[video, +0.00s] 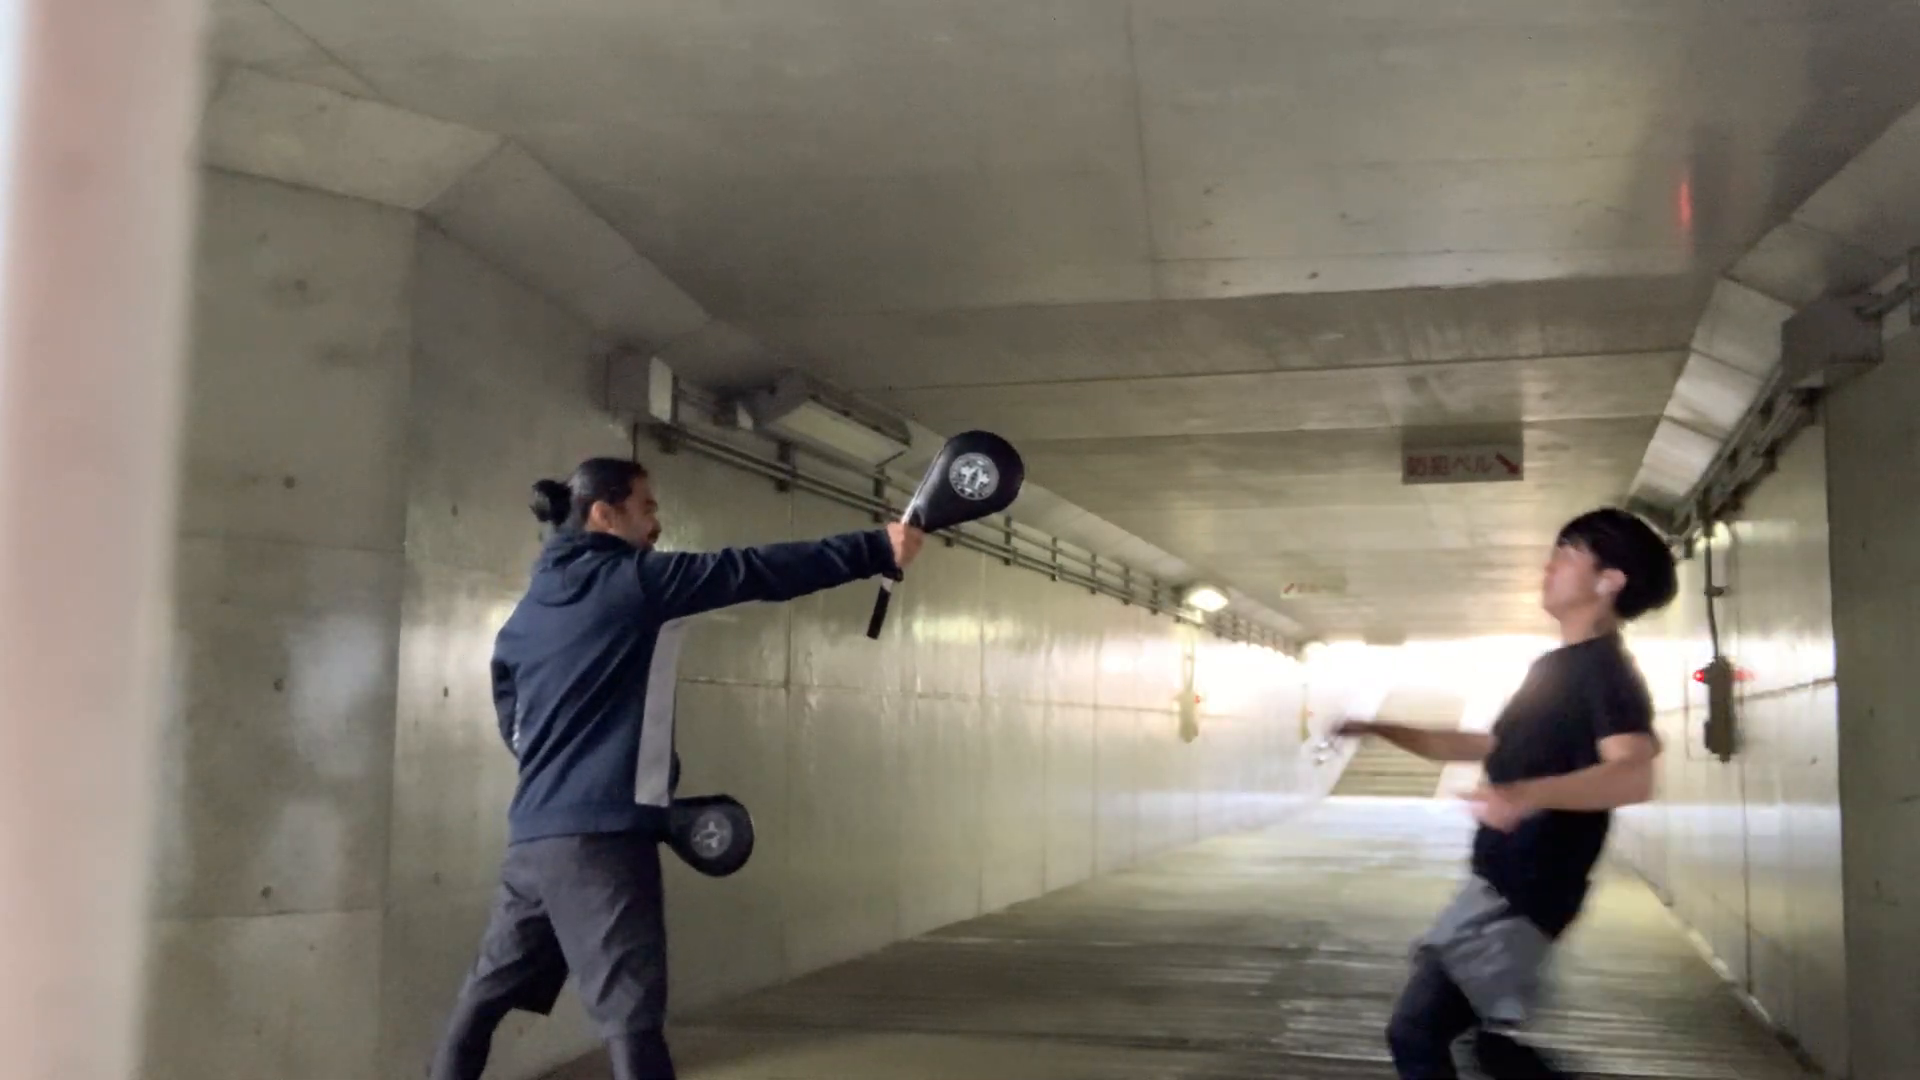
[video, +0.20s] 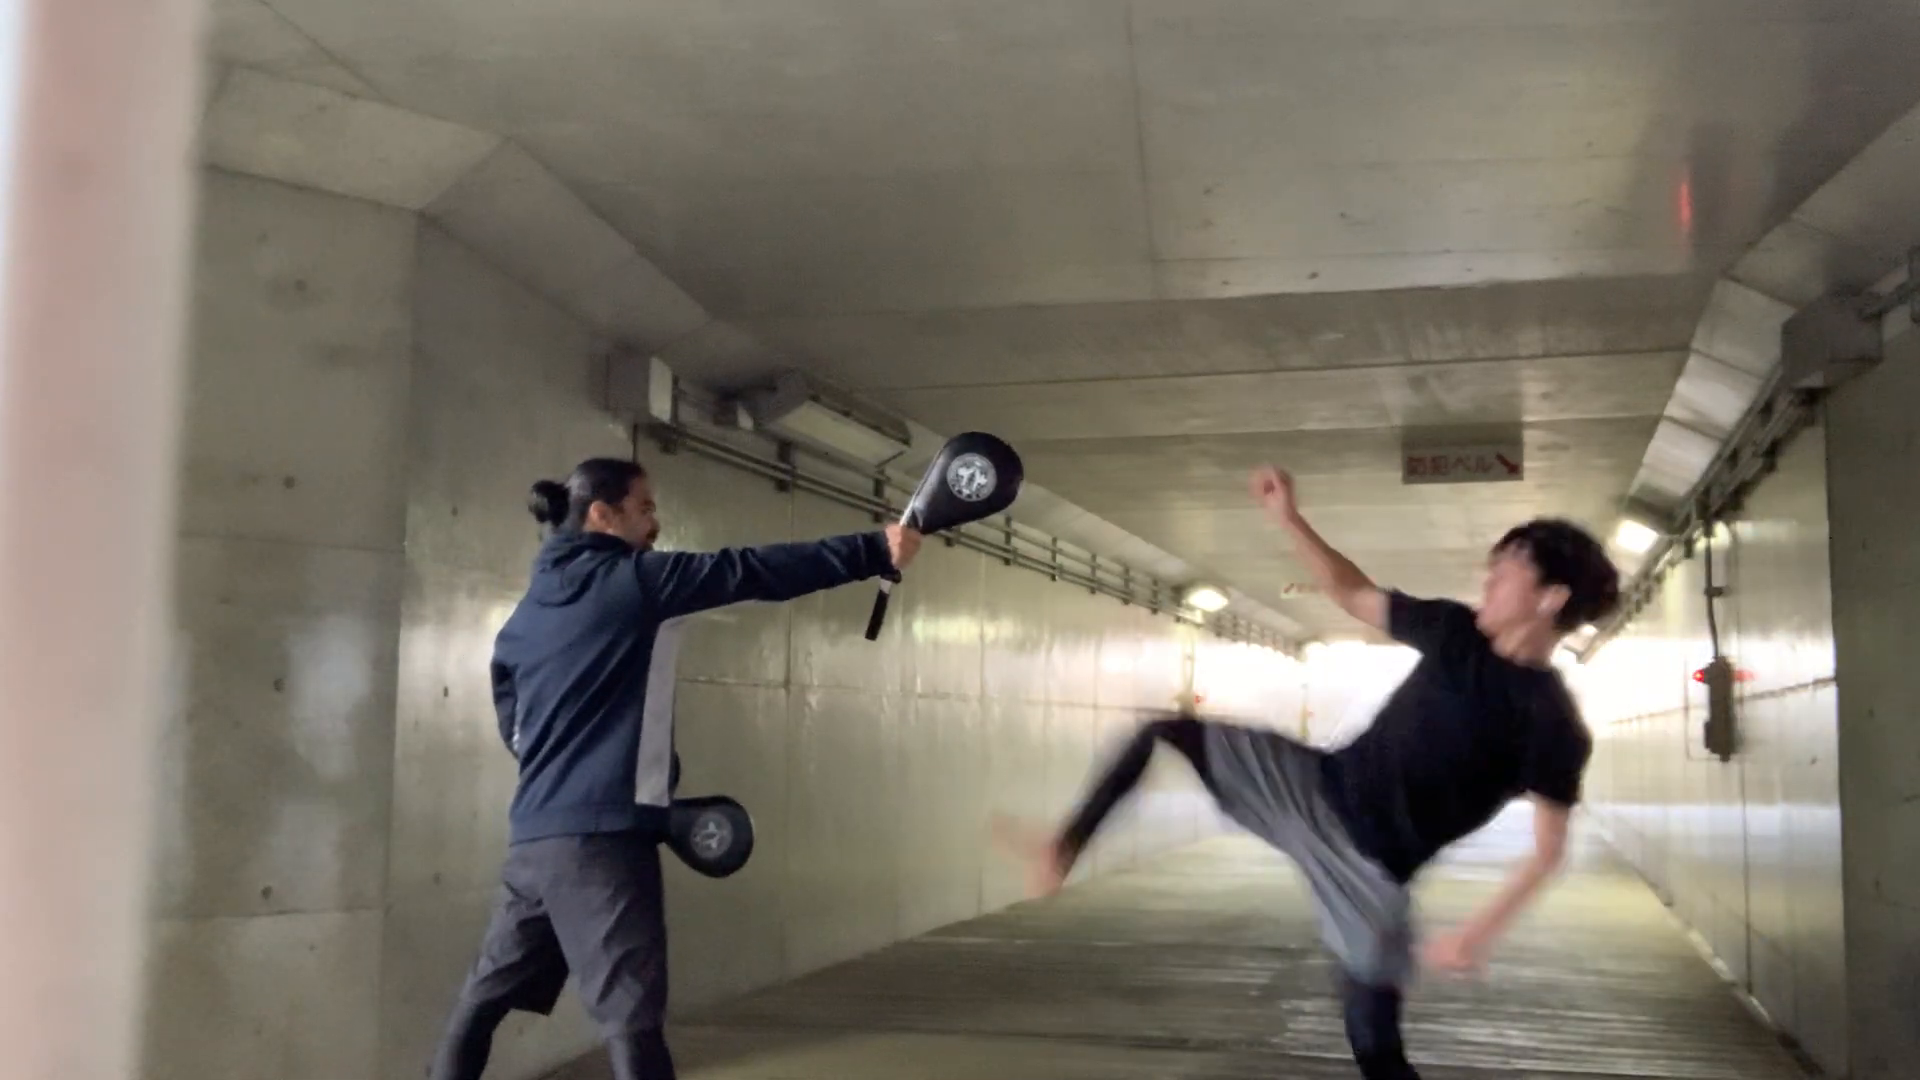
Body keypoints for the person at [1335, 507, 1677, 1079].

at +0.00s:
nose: (1548, 566)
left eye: (1566, 554)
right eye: (1555, 553)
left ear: (1610, 582)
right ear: (1602, 583)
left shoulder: (1605, 667)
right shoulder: (1554, 666)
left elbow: (1635, 776)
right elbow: (1495, 748)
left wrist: (1527, 795)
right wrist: (1384, 732)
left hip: (1524, 891)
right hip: (1498, 878)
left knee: (1415, 1034)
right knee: (1489, 1044)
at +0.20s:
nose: (1484, 586)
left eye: (1502, 575)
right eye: (1490, 571)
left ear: (1551, 598)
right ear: (1526, 590)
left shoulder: (1555, 730)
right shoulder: (1454, 631)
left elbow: (1548, 855)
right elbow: (1354, 593)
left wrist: (1474, 935)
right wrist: (1290, 519)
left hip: (1372, 870)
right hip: (1317, 787)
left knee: (1374, 1044)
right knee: (1164, 732)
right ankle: (1060, 855)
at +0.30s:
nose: (1449, 633)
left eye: (1469, 626)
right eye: (1455, 619)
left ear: (1520, 653)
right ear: (1453, 619)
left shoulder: (1489, 775)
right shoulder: (1400, 651)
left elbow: (1502, 895)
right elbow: (1306, 612)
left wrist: (1427, 853)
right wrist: (1241, 576)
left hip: (1286, 856)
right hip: (1237, 755)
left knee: (1312, 1025)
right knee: (1103, 662)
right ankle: (1049, 545)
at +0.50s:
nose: (1369, 669)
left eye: (1389, 667)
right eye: (1376, 656)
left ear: (1427, 698)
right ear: (1378, 661)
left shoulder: (1403, 801)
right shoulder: (1327, 683)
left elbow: (1312, 878)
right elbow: (1235, 709)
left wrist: (1279, 777)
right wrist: (1142, 726)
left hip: (1231, 866)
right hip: (1176, 789)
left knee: (1280, 1021)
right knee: (1025, 866)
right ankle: (866, 938)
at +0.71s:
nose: (1211, 606)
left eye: (1232, 600)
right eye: (1212, 591)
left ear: (1270, 620)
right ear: (1207, 588)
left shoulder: (1272, 714)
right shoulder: (1151, 654)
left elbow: (1251, 809)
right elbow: (1048, 705)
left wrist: (1226, 814)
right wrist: (995, 785)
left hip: (1192, 881)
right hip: (1105, 871)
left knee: (1285, 1029)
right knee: (1056, 1047)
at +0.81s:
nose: (1167, 544)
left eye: (1184, 533)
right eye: (1167, 531)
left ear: (1235, 554)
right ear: (1163, 536)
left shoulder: (1250, 648)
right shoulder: (1121, 602)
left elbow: (1243, 752)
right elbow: (1029, 672)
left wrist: (1213, 747)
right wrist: (1055, 746)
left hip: (1180, 835)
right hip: (1094, 824)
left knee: (1246, 1002)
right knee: (1037, 1008)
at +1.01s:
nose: (1140, 537)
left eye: (1155, 524)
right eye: (1142, 522)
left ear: (1208, 542)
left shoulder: (1237, 639)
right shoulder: (1101, 600)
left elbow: (1238, 729)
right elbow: (1028, 682)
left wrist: (1198, 761)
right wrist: (1029, 776)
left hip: (1166, 835)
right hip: (1070, 816)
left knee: (1158, 1017)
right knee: (1010, 999)